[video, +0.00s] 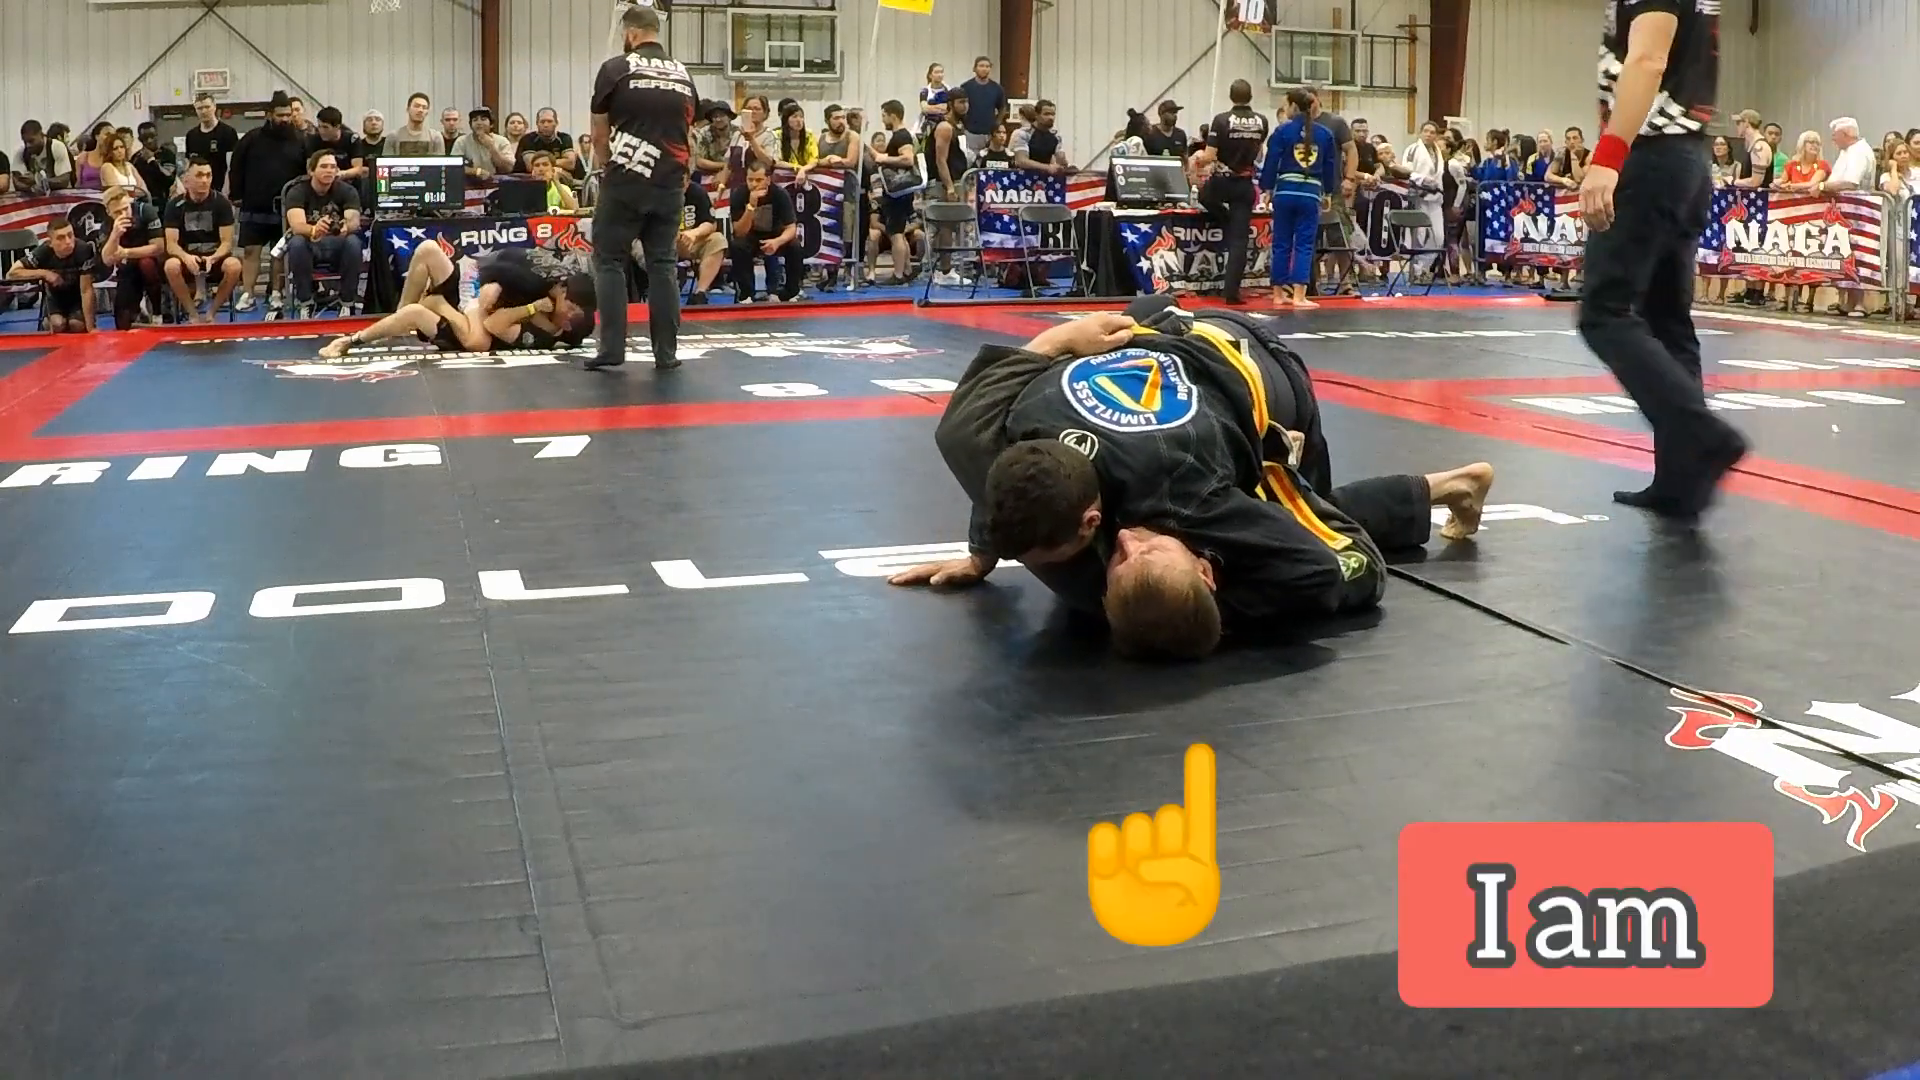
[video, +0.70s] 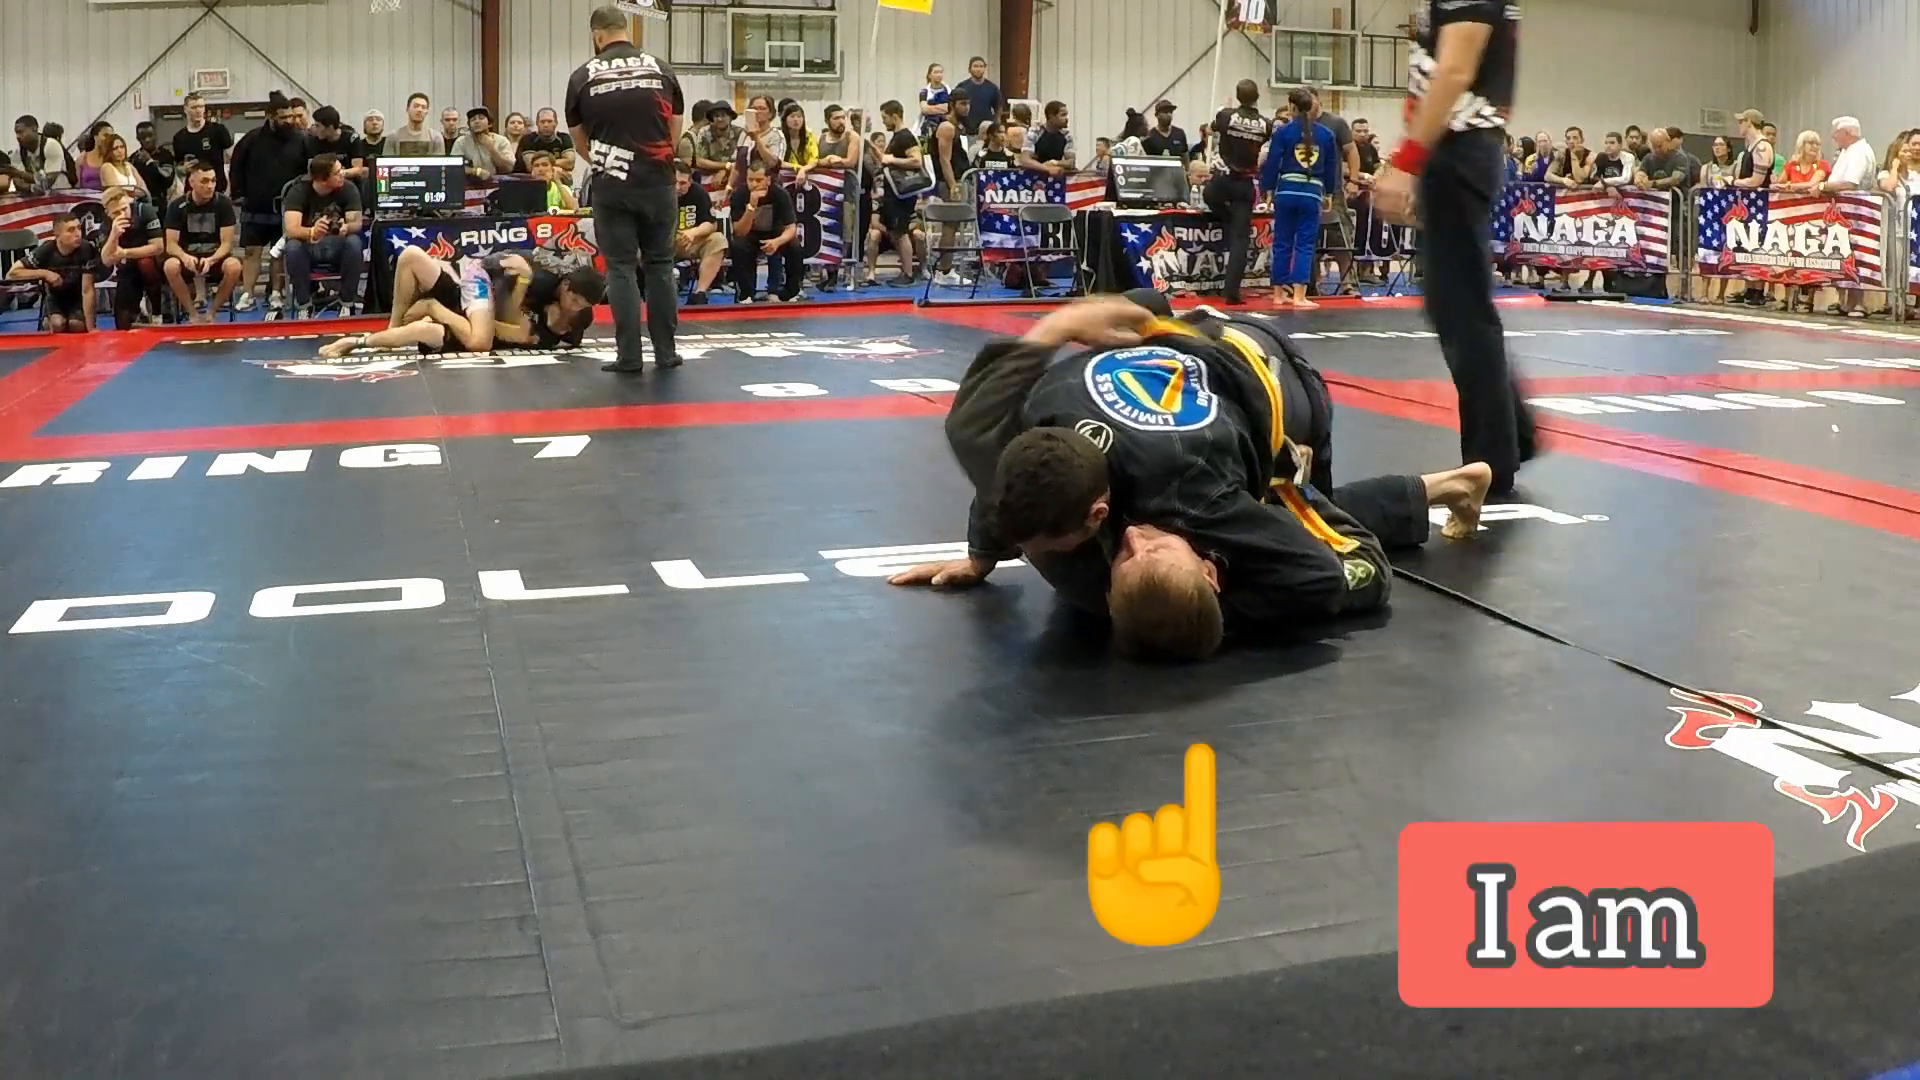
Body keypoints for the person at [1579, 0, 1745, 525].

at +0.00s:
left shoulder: (1657, 3)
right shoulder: (1685, 12)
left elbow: (1648, 62)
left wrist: (1605, 160)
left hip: (1655, 156)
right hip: (1687, 158)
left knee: (1604, 315)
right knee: (1669, 321)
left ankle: (1701, 438)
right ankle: (1677, 483)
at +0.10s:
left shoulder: (1643, 5)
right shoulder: (1661, 13)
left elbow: (1643, 64)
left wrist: (1604, 165)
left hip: (1636, 153)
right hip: (1666, 155)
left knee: (1568, 305)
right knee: (1656, 324)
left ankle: (1647, 454)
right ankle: (1677, 474)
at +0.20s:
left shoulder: (1623, 5)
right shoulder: (1605, 9)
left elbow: (1633, 68)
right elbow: (1620, 78)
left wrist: (1599, 170)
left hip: (1607, 155)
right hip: (1638, 156)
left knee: (1550, 310)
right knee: (1647, 323)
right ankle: (1676, 473)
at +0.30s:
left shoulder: (1599, 5)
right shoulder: (1568, 12)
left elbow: (1611, 76)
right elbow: (1571, 95)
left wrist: (1587, 179)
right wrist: (1534, 172)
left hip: (1582, 164)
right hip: (1613, 162)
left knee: (1539, 322)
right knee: (1637, 322)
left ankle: (1495, 470)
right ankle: (1674, 469)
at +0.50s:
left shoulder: (1531, 6)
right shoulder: (1506, 12)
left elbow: (1537, 80)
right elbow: (1506, 91)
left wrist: (1513, 179)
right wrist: (1463, 163)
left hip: (1509, 159)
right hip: (1537, 157)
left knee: (1495, 328)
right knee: (1563, 313)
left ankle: (1492, 475)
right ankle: (1644, 436)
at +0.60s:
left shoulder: (1499, 6)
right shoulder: (1474, 11)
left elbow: (1495, 80)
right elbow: (1476, 87)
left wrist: (1460, 175)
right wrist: (1441, 169)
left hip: (1494, 152)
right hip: (1492, 150)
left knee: (1483, 320)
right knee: (1497, 309)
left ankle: (1493, 474)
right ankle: (1595, 424)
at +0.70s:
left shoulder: (1471, 5)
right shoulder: (1472, 11)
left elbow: (1455, 71)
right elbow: (1466, 79)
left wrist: (1403, 161)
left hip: (1462, 147)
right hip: (1462, 146)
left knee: (1459, 304)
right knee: (1451, 300)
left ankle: (1490, 464)